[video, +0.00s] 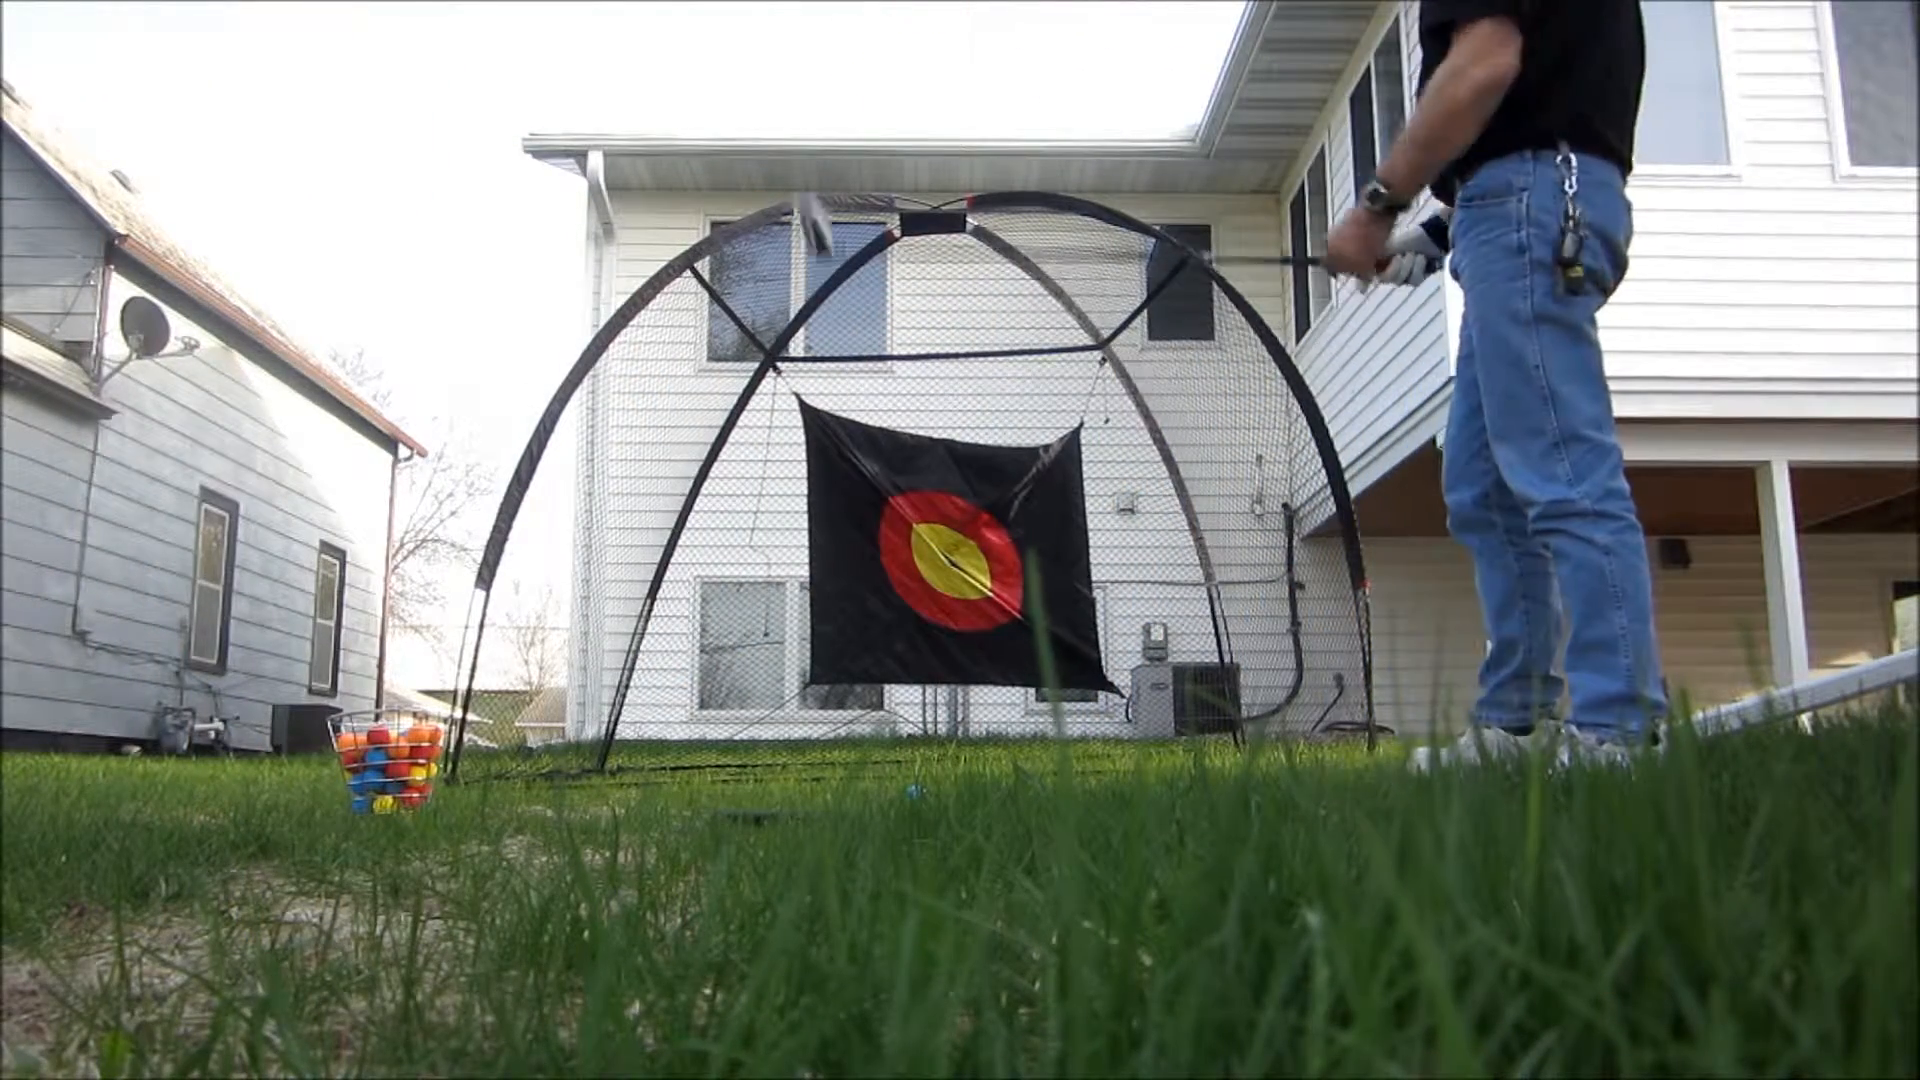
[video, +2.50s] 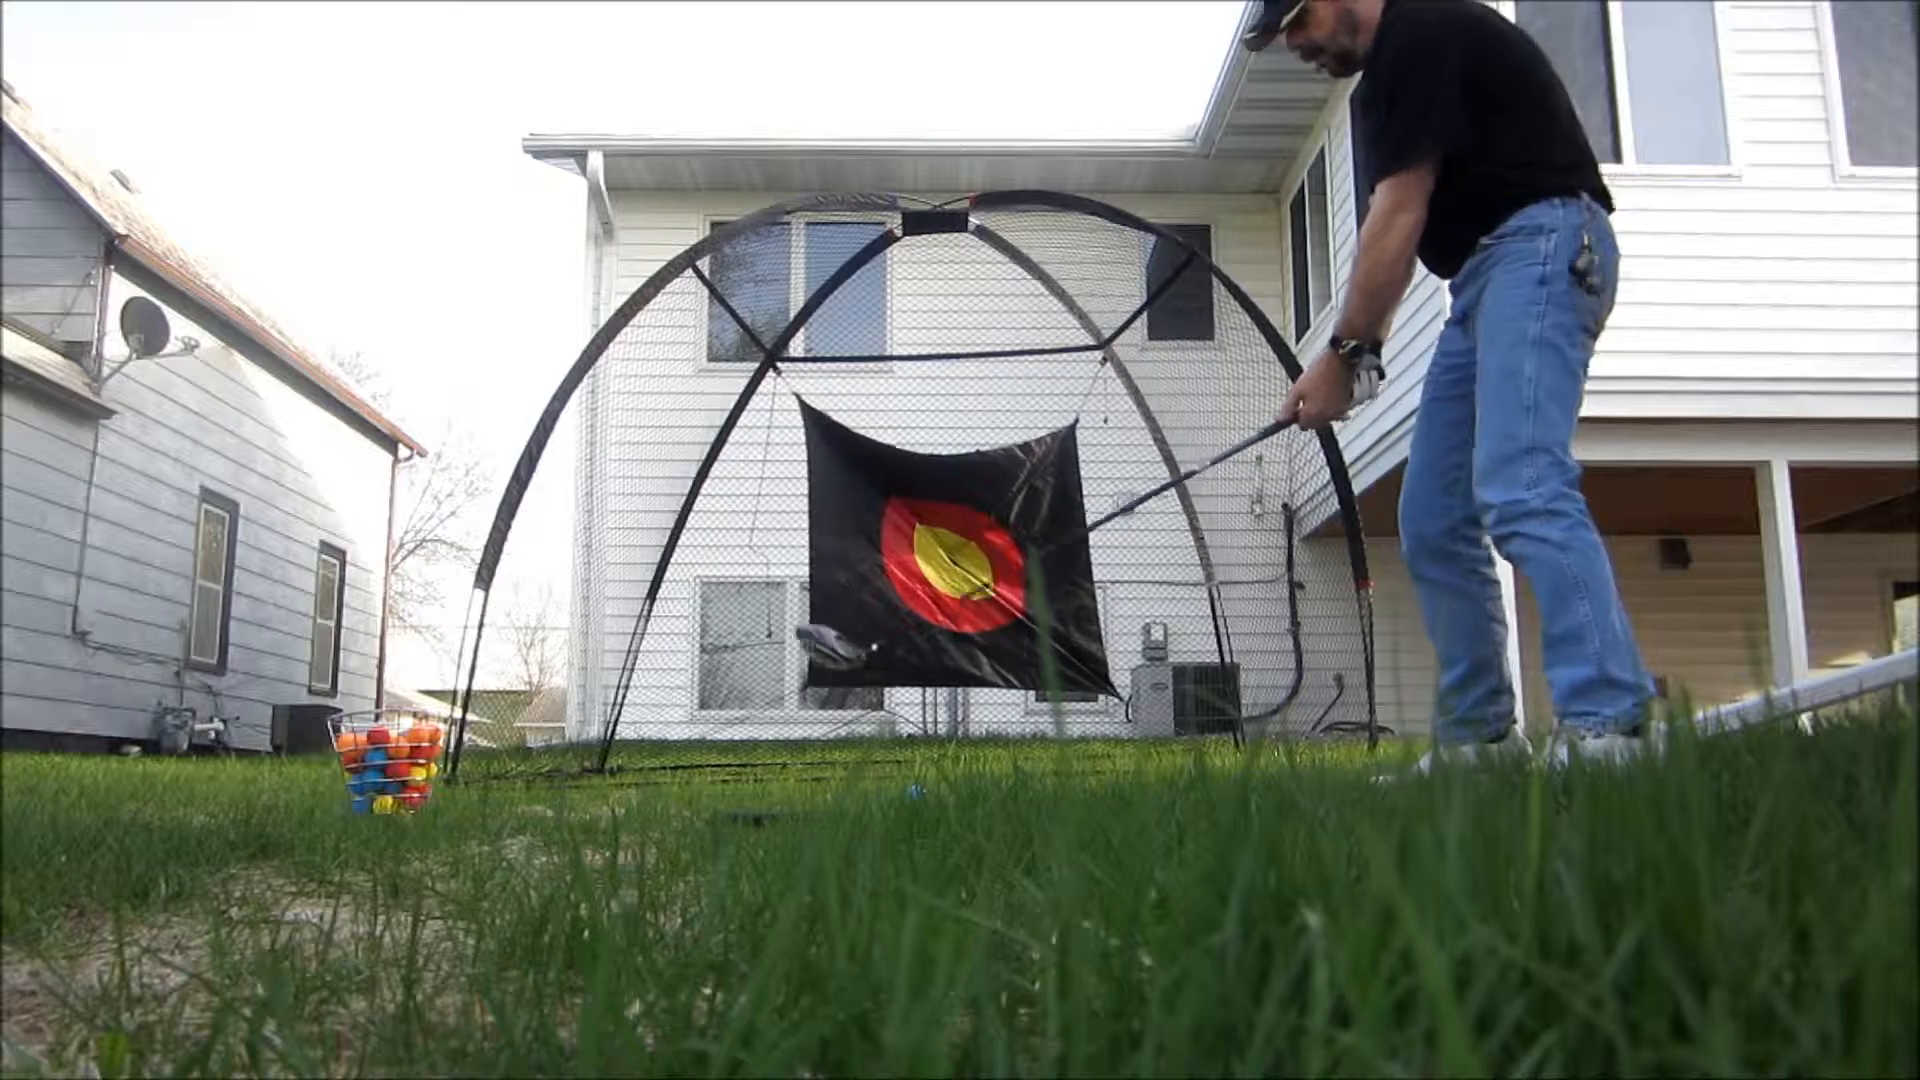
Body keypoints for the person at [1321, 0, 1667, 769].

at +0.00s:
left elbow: (1485, 60)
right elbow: (1543, 103)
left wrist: (1374, 202)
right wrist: (1438, 230)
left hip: (1533, 192)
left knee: (1566, 477)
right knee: (1486, 489)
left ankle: (1618, 731)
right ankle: (1521, 726)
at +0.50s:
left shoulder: (1487, 1)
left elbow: (1455, 108)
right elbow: (1467, 200)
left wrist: (1333, 189)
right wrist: (1356, 231)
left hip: (1523, 220)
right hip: (1472, 243)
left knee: (1533, 481)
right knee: (1464, 511)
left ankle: (1605, 725)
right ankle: (1518, 735)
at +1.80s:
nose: (1353, 13)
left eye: (1352, 3)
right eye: (1348, 10)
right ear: (1384, 1)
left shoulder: (1448, 9)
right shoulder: (1422, 42)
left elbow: (1419, 175)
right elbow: (1431, 214)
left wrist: (1339, 310)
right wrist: (1363, 322)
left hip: (1524, 240)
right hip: (1465, 271)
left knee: (1534, 495)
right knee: (1428, 518)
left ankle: (1599, 730)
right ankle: (1481, 738)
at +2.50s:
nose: (1297, 47)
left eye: (1295, 23)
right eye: (1284, 38)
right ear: (1334, 17)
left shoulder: (1419, 32)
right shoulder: (1379, 84)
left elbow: (1401, 213)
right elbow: (1386, 224)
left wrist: (1348, 355)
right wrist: (1340, 359)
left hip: (1539, 240)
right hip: (1478, 281)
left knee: (1522, 486)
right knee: (1434, 521)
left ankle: (1611, 720)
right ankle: (1477, 741)